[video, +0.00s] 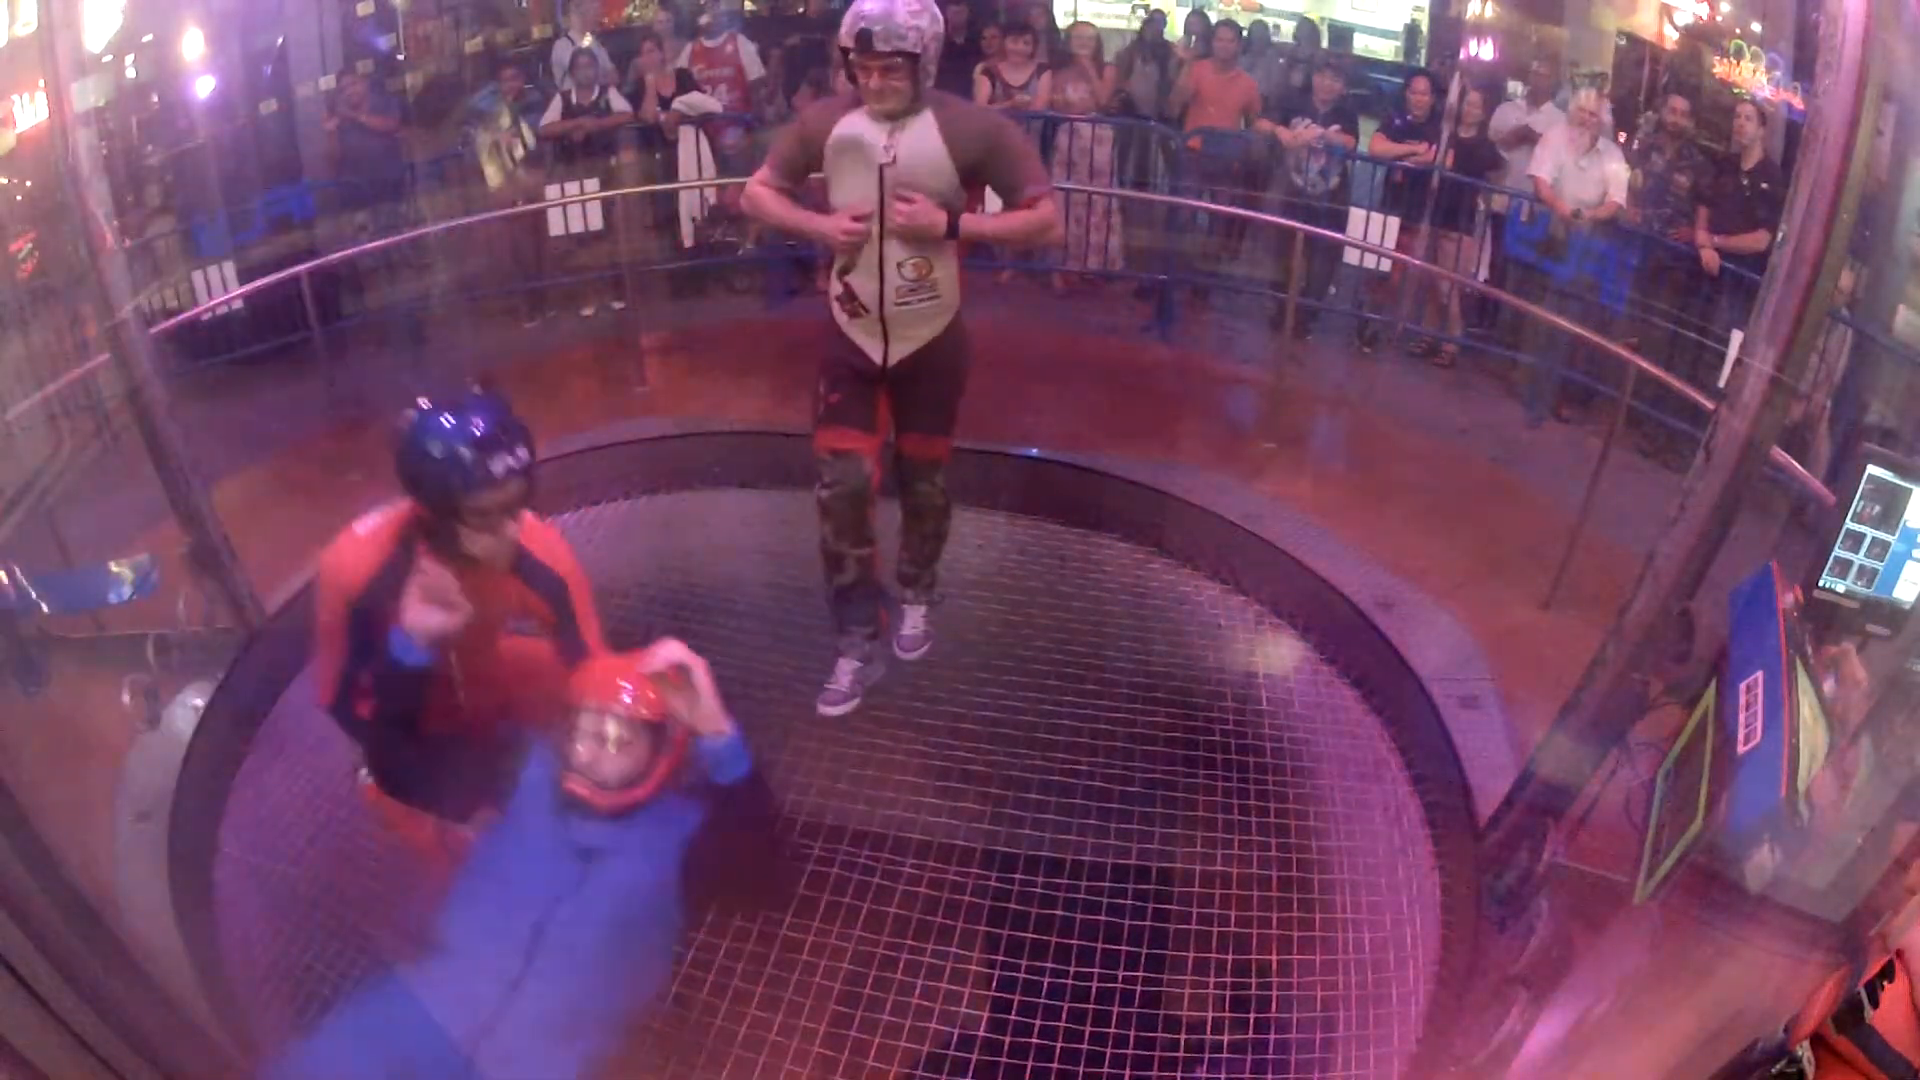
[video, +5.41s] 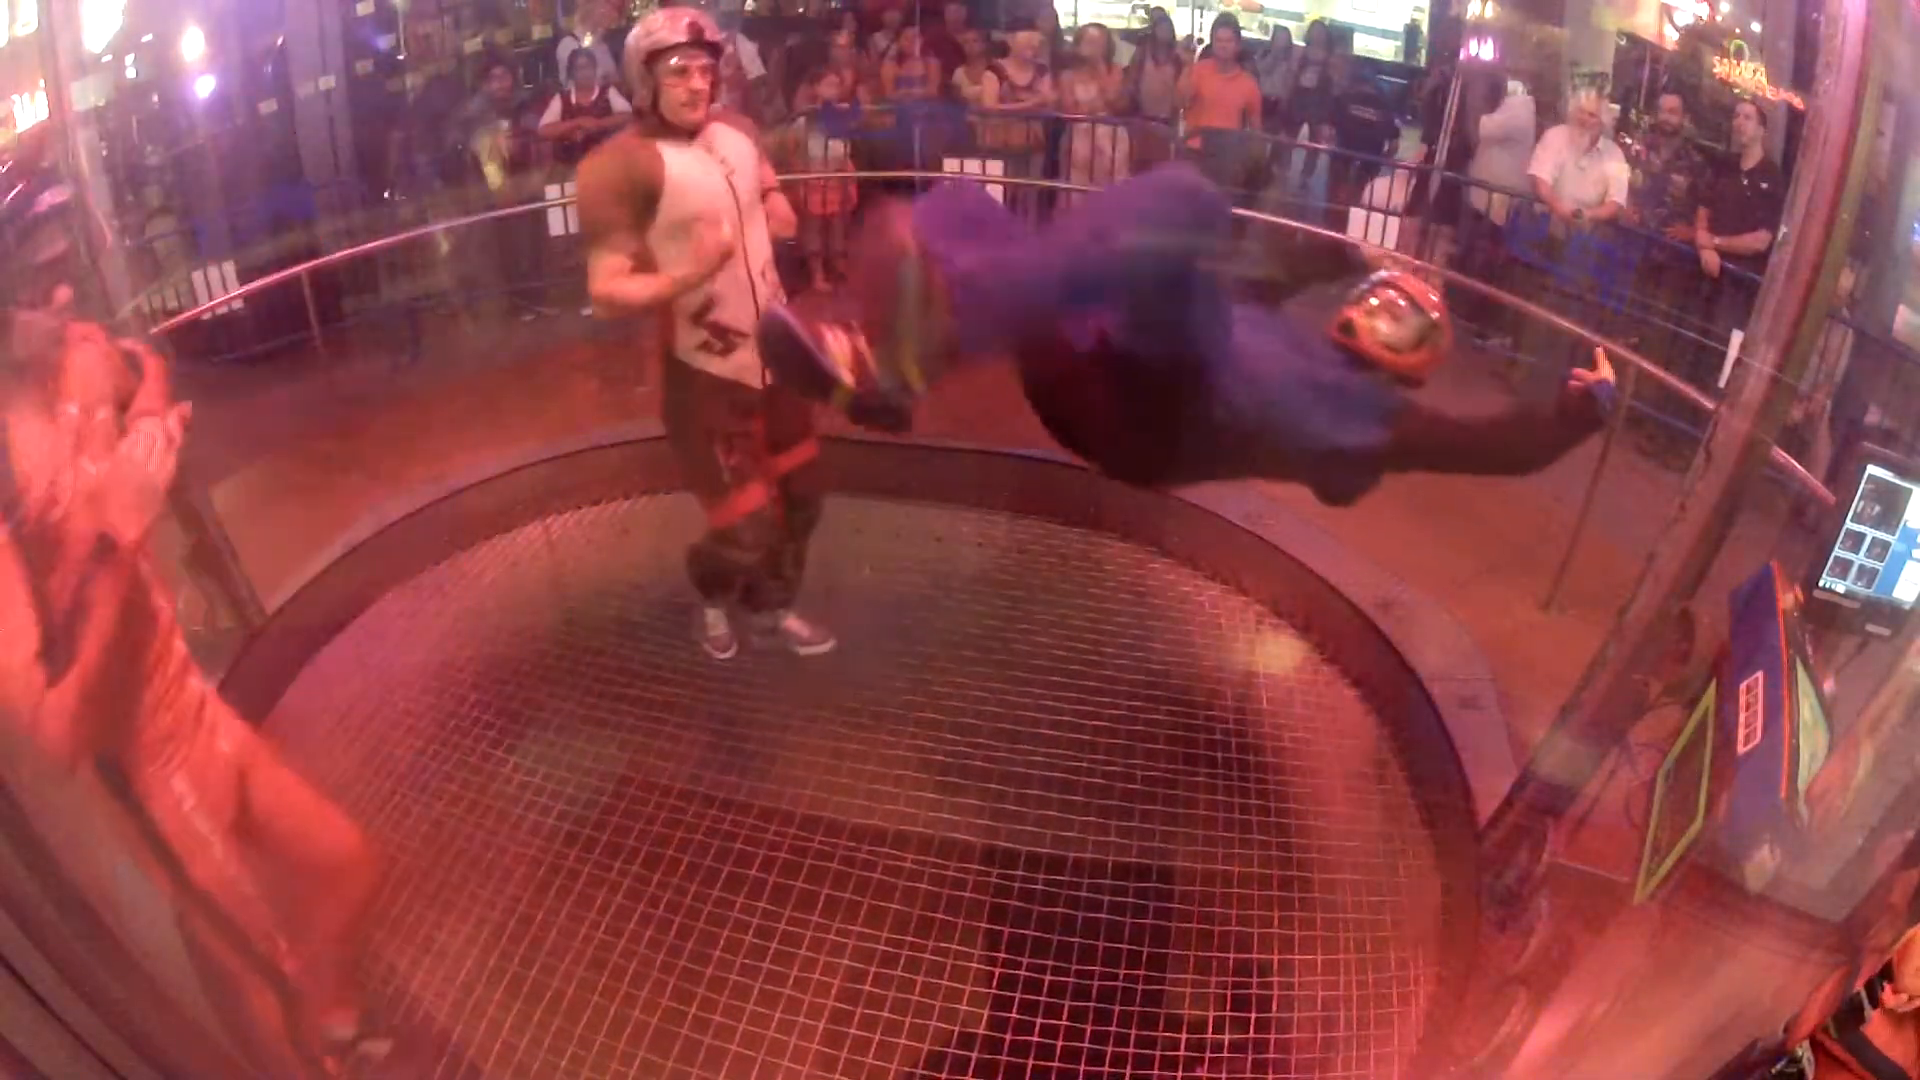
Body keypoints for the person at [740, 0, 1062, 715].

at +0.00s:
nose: (877, 79)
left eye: (893, 68)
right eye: (866, 66)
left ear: (923, 66)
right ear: (851, 64)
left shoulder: (973, 130)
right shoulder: (823, 124)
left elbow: (1047, 219)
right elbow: (754, 193)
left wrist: (950, 225)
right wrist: (820, 225)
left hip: (931, 339)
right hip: (849, 337)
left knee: (922, 487)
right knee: (839, 489)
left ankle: (915, 596)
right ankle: (855, 640)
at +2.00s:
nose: (871, 93)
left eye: (883, 78)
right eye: (857, 81)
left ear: (901, 68)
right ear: (833, 72)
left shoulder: (934, 111)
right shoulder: (801, 135)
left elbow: (998, 156)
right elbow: (763, 234)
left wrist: (973, 179)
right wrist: (850, 250)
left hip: (924, 304)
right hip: (851, 311)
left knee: (935, 445)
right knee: (862, 445)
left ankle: (916, 555)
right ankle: (838, 578)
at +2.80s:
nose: (901, 69)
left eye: (908, 57)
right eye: (888, 57)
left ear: (913, 58)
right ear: (851, 56)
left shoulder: (899, 109)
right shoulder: (807, 120)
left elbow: (890, 190)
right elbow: (794, 241)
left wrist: (931, 171)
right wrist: (897, 216)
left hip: (896, 302)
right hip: (837, 308)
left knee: (922, 420)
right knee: (850, 443)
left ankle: (906, 539)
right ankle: (828, 572)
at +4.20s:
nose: (843, 167)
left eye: (847, 153)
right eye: (832, 160)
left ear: (864, 132)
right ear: (824, 154)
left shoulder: (900, 124)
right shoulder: (836, 180)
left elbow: (950, 147)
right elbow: (860, 208)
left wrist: (966, 118)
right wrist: (935, 147)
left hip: (915, 315)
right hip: (865, 319)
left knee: (918, 440)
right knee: (878, 456)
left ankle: (880, 550)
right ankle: (834, 569)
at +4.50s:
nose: (869, 84)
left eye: (874, 71)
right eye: (854, 71)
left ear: (887, 83)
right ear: (832, 84)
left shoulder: (895, 131)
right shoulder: (801, 139)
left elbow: (943, 153)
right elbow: (767, 210)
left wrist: (940, 144)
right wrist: (854, 183)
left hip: (895, 311)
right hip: (835, 316)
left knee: (900, 442)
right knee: (865, 459)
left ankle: (876, 553)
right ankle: (821, 563)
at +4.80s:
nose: (772, 46)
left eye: (781, 32)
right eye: (758, 34)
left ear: (793, 40)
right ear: (732, 48)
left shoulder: (838, 124)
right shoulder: (717, 135)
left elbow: (874, 204)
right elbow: (686, 241)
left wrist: (864, 203)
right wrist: (790, 247)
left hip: (831, 320)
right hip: (766, 326)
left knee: (879, 436)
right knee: (765, 483)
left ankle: (869, 550)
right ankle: (713, 579)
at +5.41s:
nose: (695, 85)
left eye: (703, 71)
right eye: (677, 73)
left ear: (716, 77)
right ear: (646, 85)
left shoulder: (734, 138)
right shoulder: (620, 166)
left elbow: (776, 203)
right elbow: (606, 286)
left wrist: (777, 221)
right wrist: (688, 272)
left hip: (773, 355)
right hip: (702, 370)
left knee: (801, 494)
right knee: (747, 523)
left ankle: (773, 606)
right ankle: (713, 597)